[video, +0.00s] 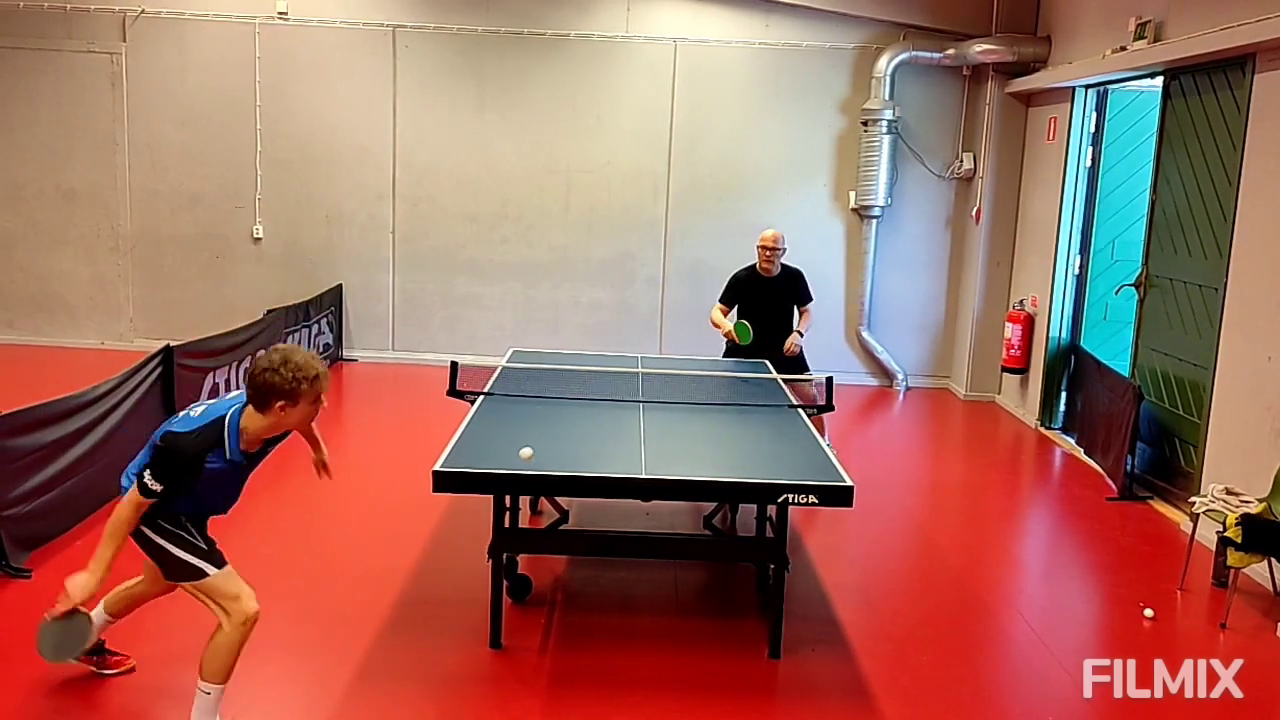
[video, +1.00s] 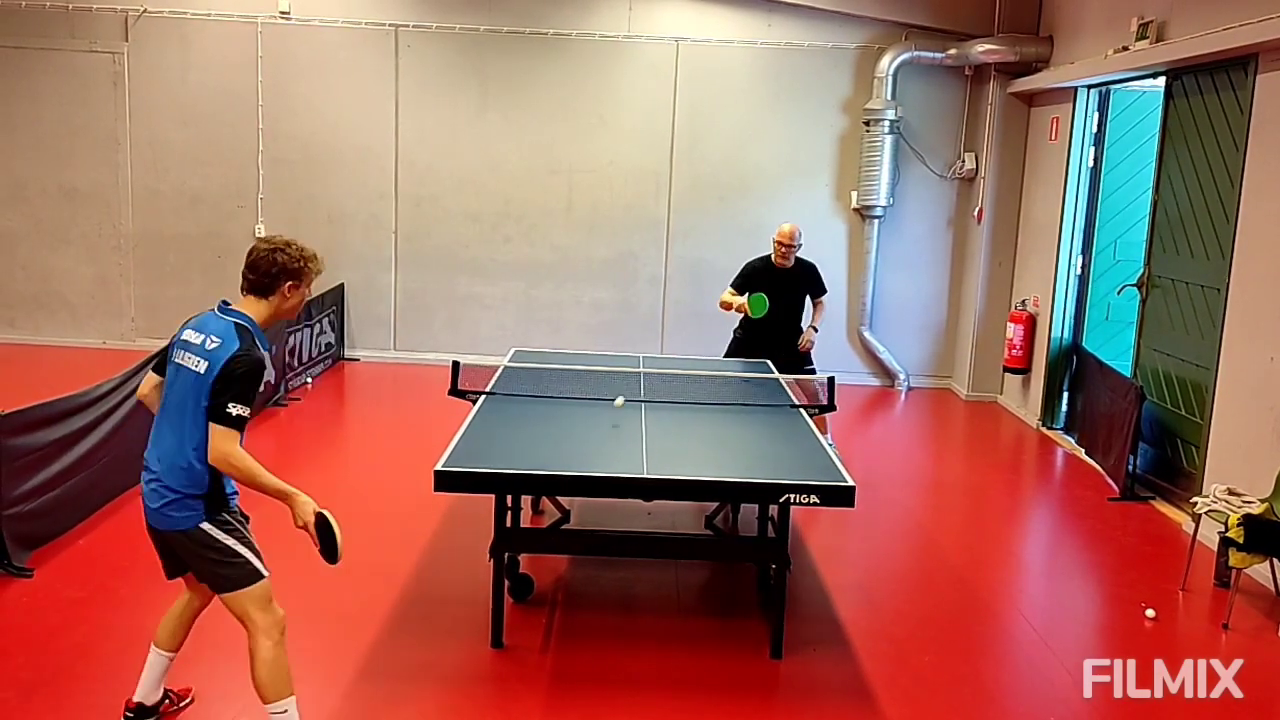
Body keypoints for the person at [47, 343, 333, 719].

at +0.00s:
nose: (319, 408)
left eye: (319, 400)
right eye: (314, 403)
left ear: (282, 407)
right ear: (283, 409)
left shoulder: (271, 415)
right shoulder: (189, 441)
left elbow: (301, 412)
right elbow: (132, 502)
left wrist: (318, 448)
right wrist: (93, 573)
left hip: (190, 508)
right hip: (156, 513)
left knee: (157, 582)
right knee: (241, 611)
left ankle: (85, 636)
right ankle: (204, 714)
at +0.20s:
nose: (330, 342)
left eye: (330, 332)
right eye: (322, 333)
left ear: (283, 333)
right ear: (285, 338)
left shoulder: (238, 343)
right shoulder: (249, 412)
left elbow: (197, 365)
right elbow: (322, 479)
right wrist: (406, 475)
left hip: (217, 493)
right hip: (199, 515)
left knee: (234, 566)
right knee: (276, 622)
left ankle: (147, 629)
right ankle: (208, 716)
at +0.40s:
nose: (331, 257)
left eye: (332, 247)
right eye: (330, 248)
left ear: (267, 246)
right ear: (311, 253)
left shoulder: (218, 304)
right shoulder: (306, 319)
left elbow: (172, 378)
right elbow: (394, 299)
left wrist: (211, 410)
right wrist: (390, 225)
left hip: (216, 478)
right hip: (261, 490)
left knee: (242, 555)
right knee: (319, 609)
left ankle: (218, 656)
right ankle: (262, 714)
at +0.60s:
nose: (321, 277)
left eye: (320, 267)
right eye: (319, 269)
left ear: (261, 273)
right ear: (306, 277)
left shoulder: (215, 337)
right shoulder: (314, 352)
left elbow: (184, 419)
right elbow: (386, 412)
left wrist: (211, 461)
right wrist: (420, 359)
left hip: (233, 511)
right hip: (291, 515)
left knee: (245, 585)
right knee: (346, 626)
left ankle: (203, 698)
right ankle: (323, 719)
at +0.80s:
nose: (313, 270)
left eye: (313, 260)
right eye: (312, 261)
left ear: (254, 263)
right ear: (299, 268)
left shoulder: (203, 323)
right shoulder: (301, 346)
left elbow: (169, 401)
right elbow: (298, 447)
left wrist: (208, 434)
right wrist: (351, 472)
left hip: (210, 498)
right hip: (269, 507)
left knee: (208, 584)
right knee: (323, 623)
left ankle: (161, 693)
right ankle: (315, 718)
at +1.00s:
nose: (303, 302)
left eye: (305, 292)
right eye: (304, 292)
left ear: (250, 281)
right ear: (287, 290)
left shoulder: (200, 322)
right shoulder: (247, 353)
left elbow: (149, 390)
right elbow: (222, 451)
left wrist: (194, 435)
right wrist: (292, 496)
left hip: (162, 495)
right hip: (199, 507)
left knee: (198, 589)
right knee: (266, 622)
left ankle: (145, 699)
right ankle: (287, 717)